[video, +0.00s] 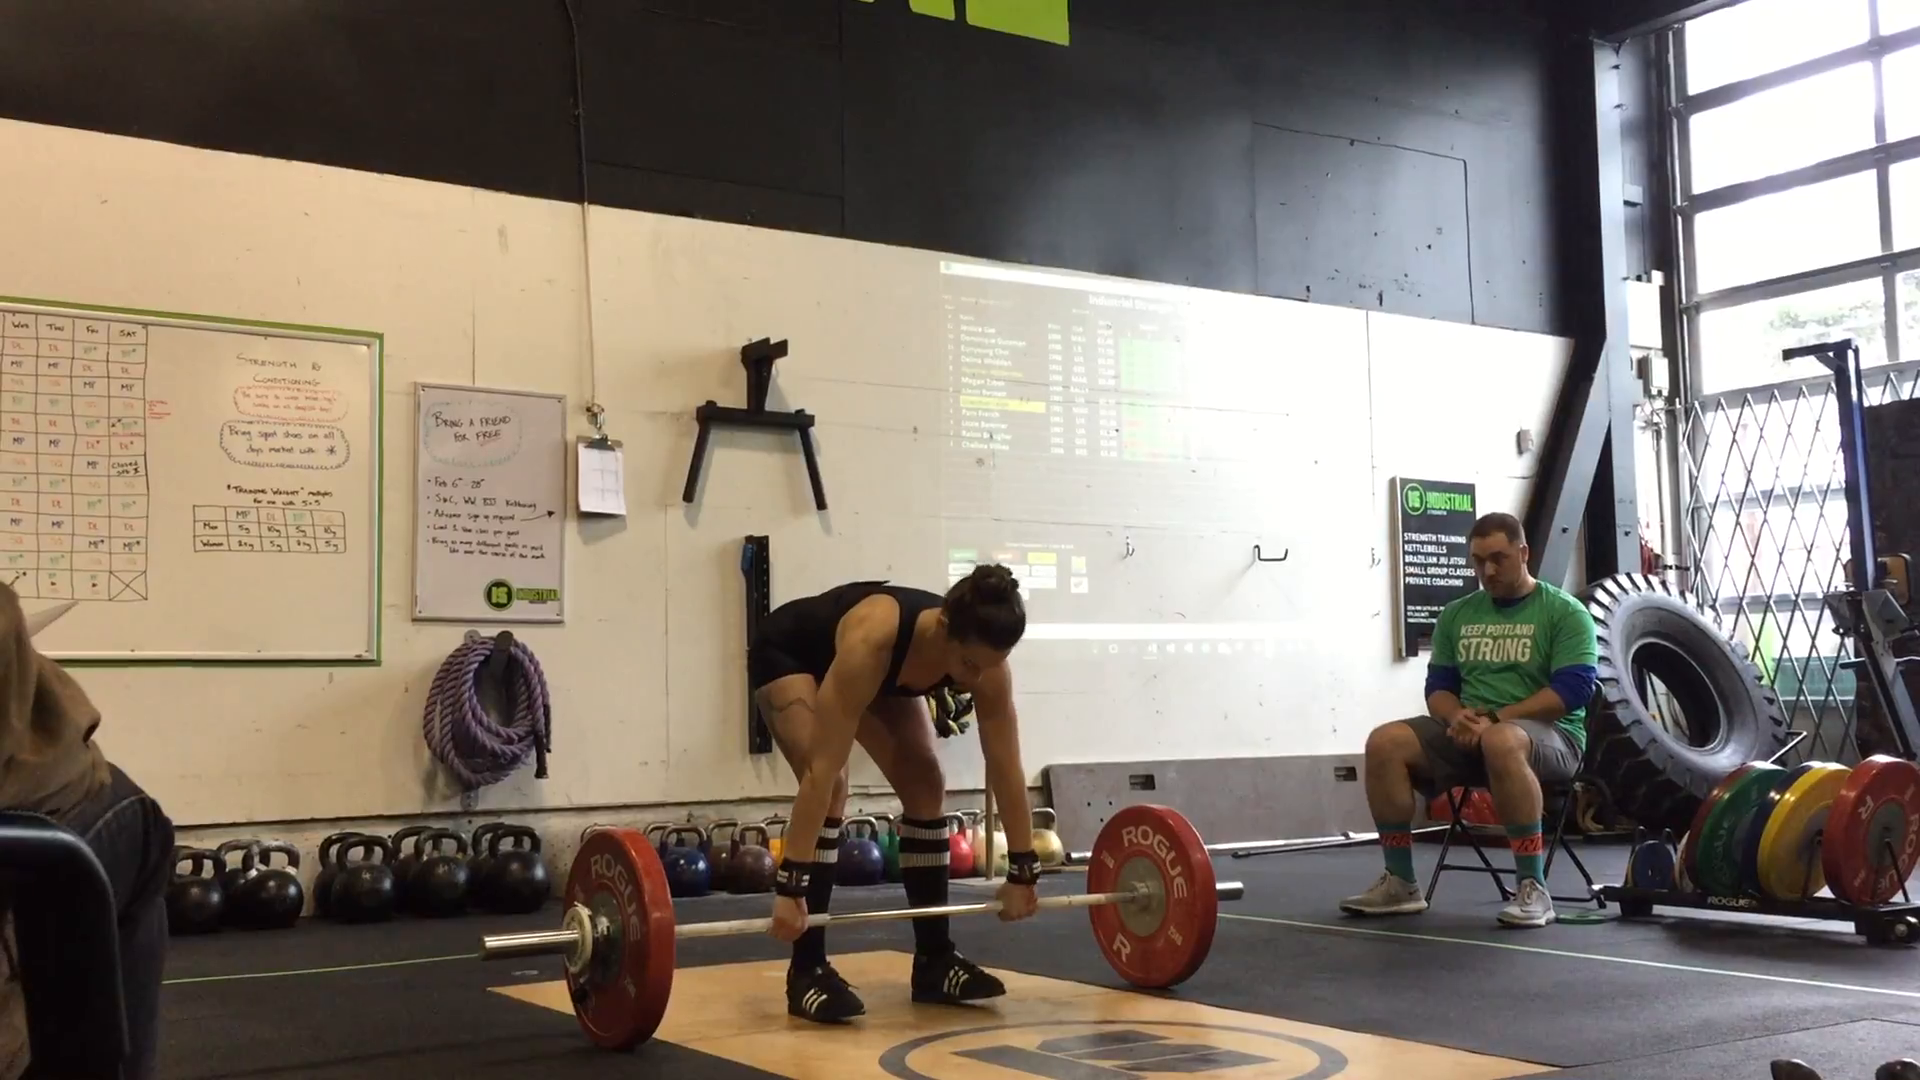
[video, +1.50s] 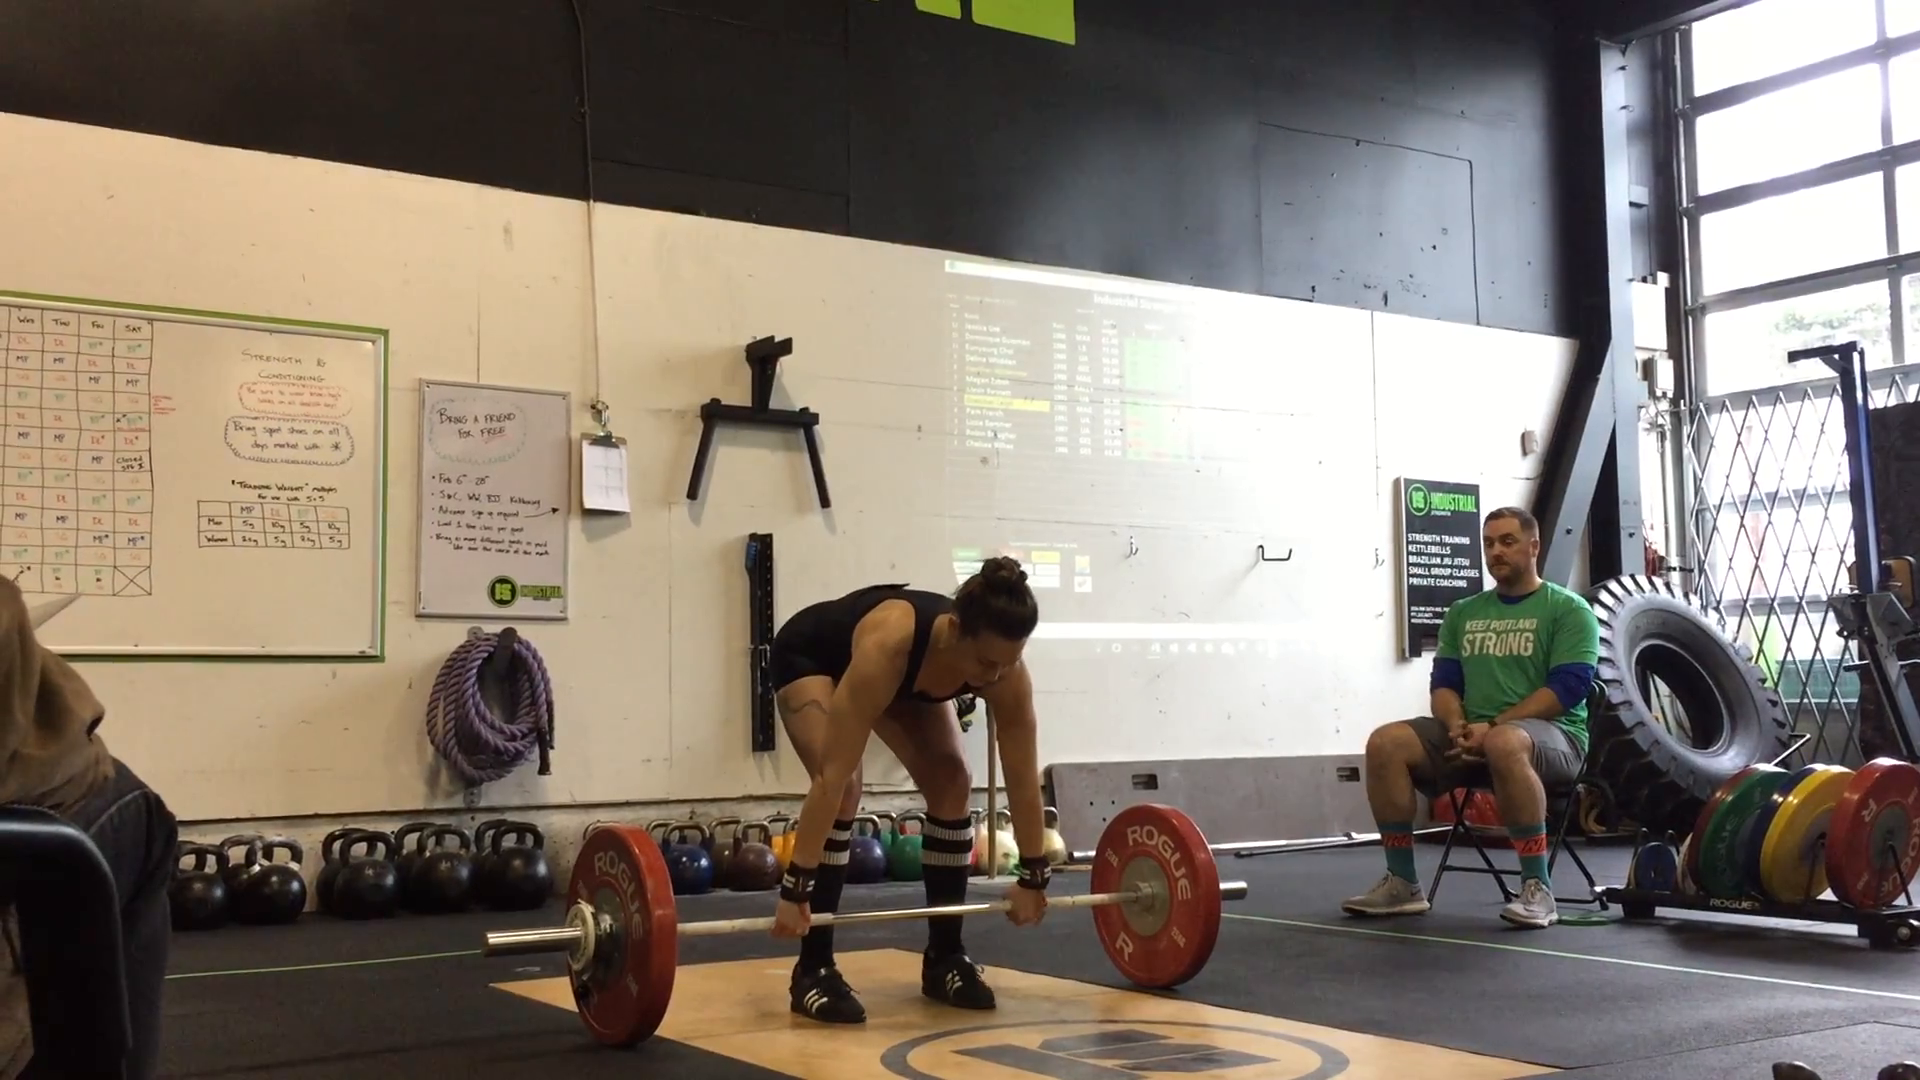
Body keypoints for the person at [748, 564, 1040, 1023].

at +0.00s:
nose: (976, 679)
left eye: (989, 669)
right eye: (969, 664)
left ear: (1003, 653)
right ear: (941, 628)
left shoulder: (991, 668)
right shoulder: (870, 641)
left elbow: (1004, 766)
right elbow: (823, 769)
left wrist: (1022, 870)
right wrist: (791, 886)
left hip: (880, 671)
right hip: (789, 654)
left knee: (925, 786)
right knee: (829, 783)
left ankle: (934, 961)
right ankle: (809, 972)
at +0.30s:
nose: (977, 687)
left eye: (991, 679)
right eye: (969, 672)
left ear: (1008, 661)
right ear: (945, 634)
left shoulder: (1001, 681)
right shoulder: (874, 648)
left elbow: (1012, 778)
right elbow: (822, 774)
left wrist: (1026, 875)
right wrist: (786, 890)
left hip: (894, 679)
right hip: (801, 667)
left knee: (945, 787)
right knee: (842, 790)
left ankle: (952, 961)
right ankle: (814, 974)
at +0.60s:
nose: (977, 684)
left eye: (990, 674)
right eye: (969, 669)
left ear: (1005, 656)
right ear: (942, 633)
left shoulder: (999, 678)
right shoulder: (874, 646)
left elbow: (1015, 781)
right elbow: (826, 774)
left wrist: (1029, 877)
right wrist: (790, 890)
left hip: (891, 676)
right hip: (799, 661)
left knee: (942, 787)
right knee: (839, 788)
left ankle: (937, 963)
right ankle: (809, 972)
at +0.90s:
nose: (985, 684)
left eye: (997, 675)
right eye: (976, 669)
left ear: (1013, 657)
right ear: (946, 633)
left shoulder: (1004, 681)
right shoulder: (880, 649)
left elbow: (1019, 781)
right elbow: (827, 777)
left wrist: (1029, 878)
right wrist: (788, 892)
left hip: (895, 676)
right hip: (802, 658)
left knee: (944, 783)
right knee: (839, 787)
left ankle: (939, 962)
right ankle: (810, 973)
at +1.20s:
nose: (987, 678)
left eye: (1000, 667)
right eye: (978, 663)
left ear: (1014, 649)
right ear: (946, 629)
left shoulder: (1004, 675)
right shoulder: (881, 644)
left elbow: (1021, 780)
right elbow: (829, 774)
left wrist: (1032, 877)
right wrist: (793, 890)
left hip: (894, 675)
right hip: (804, 659)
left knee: (945, 785)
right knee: (834, 787)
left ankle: (939, 961)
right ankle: (810, 971)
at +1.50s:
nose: (996, 677)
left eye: (1008, 665)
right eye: (987, 663)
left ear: (1021, 649)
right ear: (952, 631)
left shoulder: (1010, 676)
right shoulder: (888, 645)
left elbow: (1023, 781)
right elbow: (833, 776)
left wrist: (1033, 877)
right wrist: (794, 890)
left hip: (903, 677)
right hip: (810, 659)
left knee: (951, 781)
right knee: (842, 789)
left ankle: (945, 959)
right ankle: (814, 971)